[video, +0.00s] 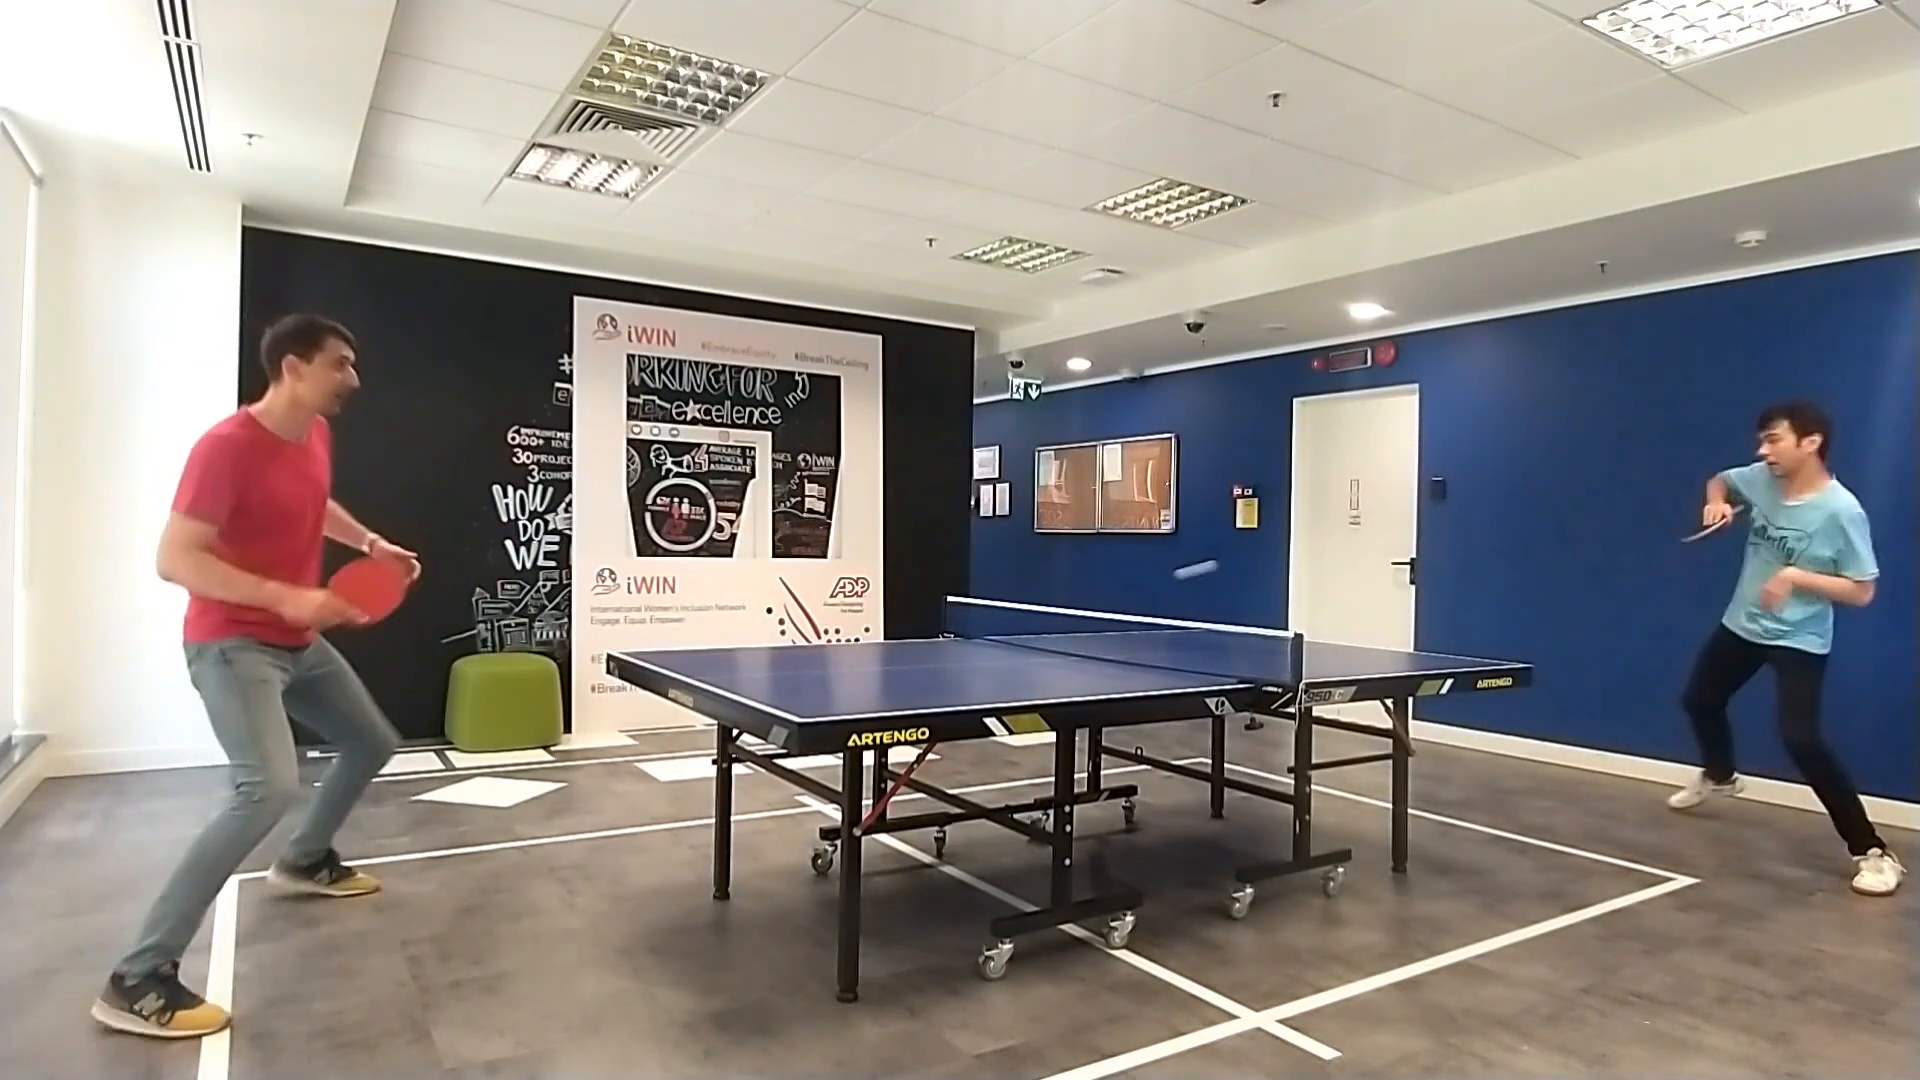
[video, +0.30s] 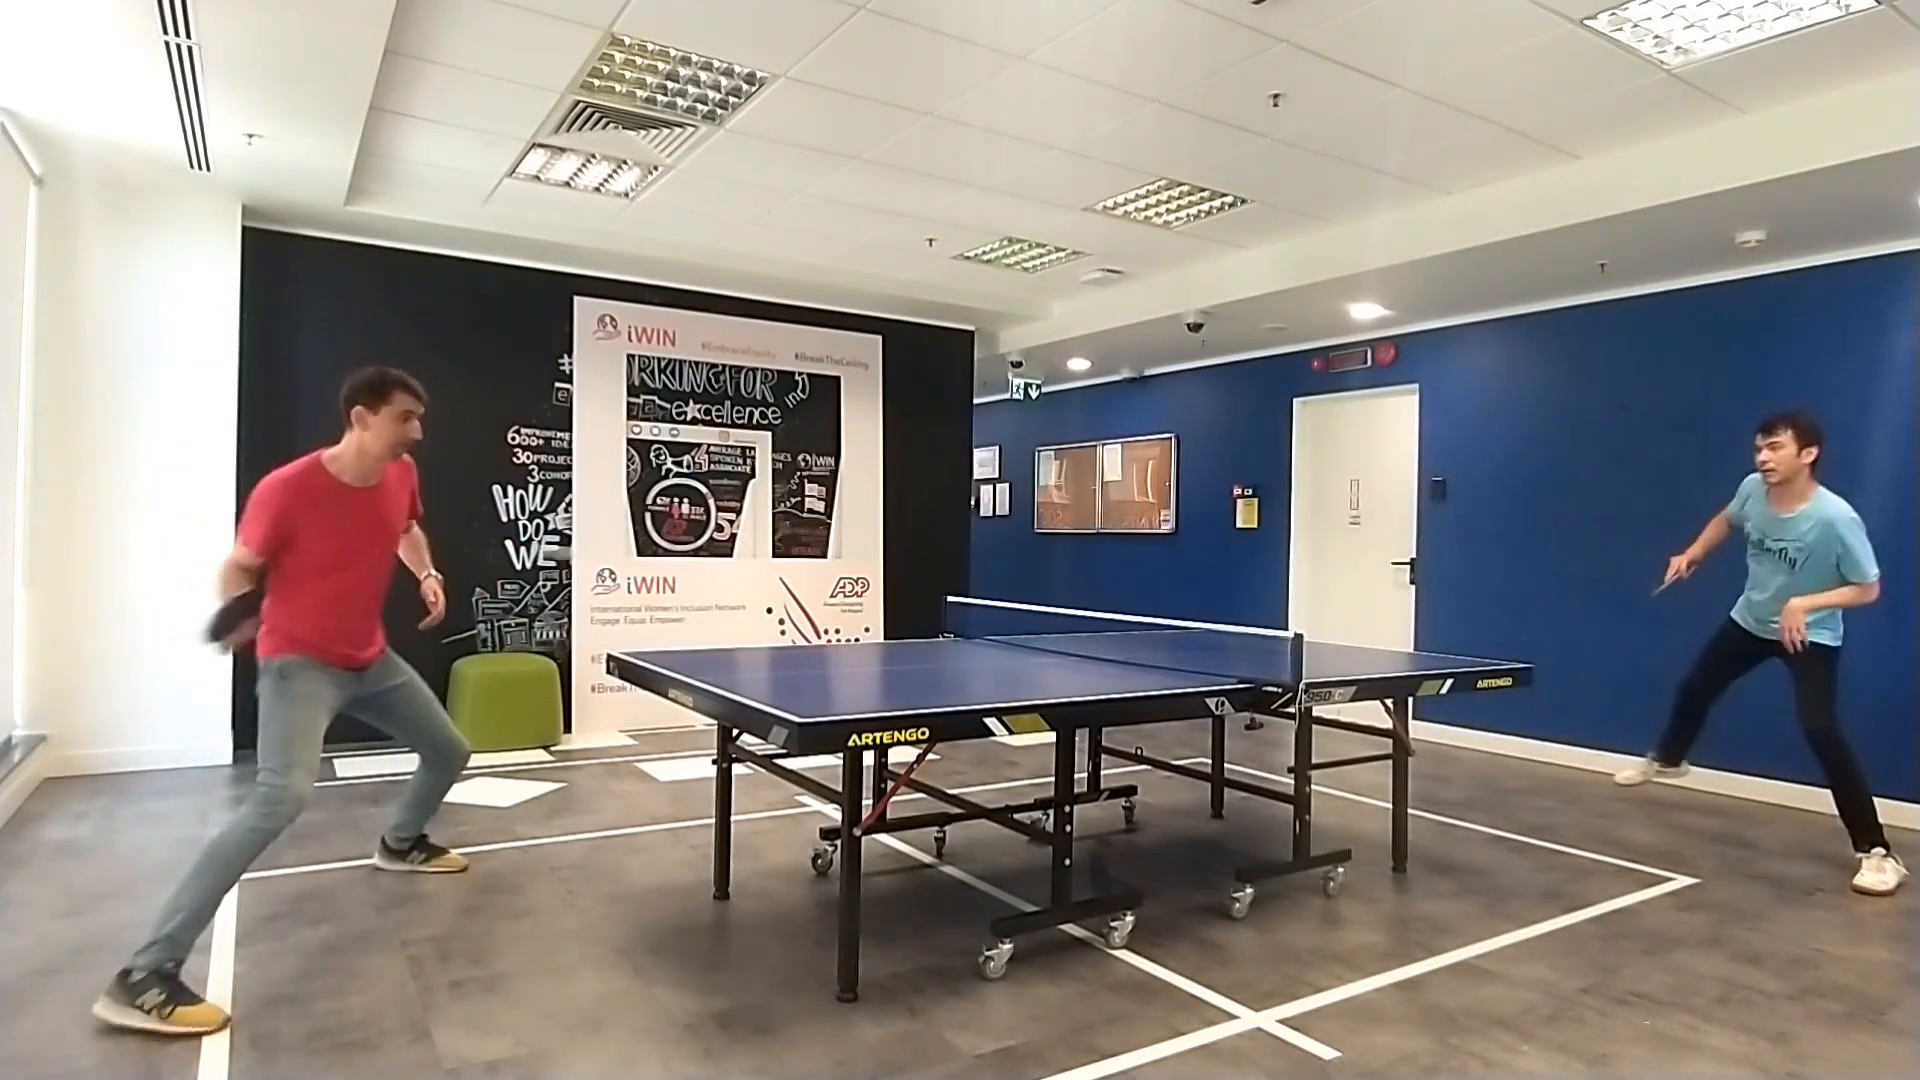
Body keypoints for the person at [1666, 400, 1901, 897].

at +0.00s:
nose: (1765, 451)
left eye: (1775, 440)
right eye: (1764, 442)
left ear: (1811, 444)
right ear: (1766, 447)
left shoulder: (1843, 510)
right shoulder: (1763, 478)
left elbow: (1862, 590)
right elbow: (1719, 482)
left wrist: (1794, 576)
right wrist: (1716, 502)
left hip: (1800, 642)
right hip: (1742, 625)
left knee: (1801, 741)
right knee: (1700, 700)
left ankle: (1871, 854)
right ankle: (1719, 777)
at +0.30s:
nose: (1763, 456)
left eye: (1775, 447)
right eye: (1761, 448)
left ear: (1808, 454)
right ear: (1758, 454)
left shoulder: (1837, 516)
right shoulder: (1754, 488)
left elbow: (1867, 588)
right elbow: (1727, 521)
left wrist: (1803, 603)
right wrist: (1692, 554)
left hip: (1811, 637)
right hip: (1751, 622)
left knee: (1819, 730)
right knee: (1695, 689)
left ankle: (1875, 852)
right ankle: (1667, 761)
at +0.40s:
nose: (1737, 468)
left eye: (1747, 459)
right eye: (1732, 461)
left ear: (1779, 465)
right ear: (1730, 469)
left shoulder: (1812, 525)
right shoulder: (1733, 506)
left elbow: (1840, 598)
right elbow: (1724, 542)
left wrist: (1776, 620)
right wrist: (1681, 577)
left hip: (1800, 645)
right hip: (1741, 632)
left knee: (1812, 732)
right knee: (1683, 694)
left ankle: (1874, 852)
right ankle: (1645, 765)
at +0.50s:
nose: (1696, 479)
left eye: (1706, 469)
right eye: (1693, 472)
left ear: (1738, 475)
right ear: (1693, 480)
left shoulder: (1770, 531)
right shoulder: (1706, 521)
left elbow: (1790, 606)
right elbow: (1710, 569)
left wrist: (1722, 623)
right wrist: (1667, 601)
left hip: (1779, 651)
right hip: (1730, 646)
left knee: (1798, 736)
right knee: (1660, 704)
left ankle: (1873, 854)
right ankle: (1648, 783)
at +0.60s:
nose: (1653, 489)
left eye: (1662, 479)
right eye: (1650, 482)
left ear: (1692, 484)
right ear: (1651, 490)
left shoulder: (1720, 533)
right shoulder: (1679, 536)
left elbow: (1733, 607)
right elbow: (1692, 595)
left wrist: (1669, 621)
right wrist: (1654, 624)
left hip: (1756, 653)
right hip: (1711, 650)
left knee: (1777, 740)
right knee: (1637, 701)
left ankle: (1869, 855)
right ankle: (1647, 784)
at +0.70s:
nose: (1616, 492)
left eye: (1625, 483)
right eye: (1613, 486)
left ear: (1653, 487)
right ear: (1616, 494)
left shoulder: (1675, 528)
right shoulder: (1653, 536)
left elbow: (1685, 598)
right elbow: (1680, 599)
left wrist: (1627, 611)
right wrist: (1653, 640)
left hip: (1735, 646)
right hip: (1697, 645)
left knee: (1770, 737)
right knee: (1630, 696)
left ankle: (1857, 849)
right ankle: (1646, 784)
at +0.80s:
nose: (1589, 495)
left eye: (1596, 485)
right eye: (1585, 488)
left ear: (1624, 486)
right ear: (1601, 493)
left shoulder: (1641, 521)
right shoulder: (1637, 523)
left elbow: (1639, 590)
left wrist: (1593, 598)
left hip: (1726, 635)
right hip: (1691, 635)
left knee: (1760, 728)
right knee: (1634, 694)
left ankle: (1846, 839)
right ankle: (1646, 783)